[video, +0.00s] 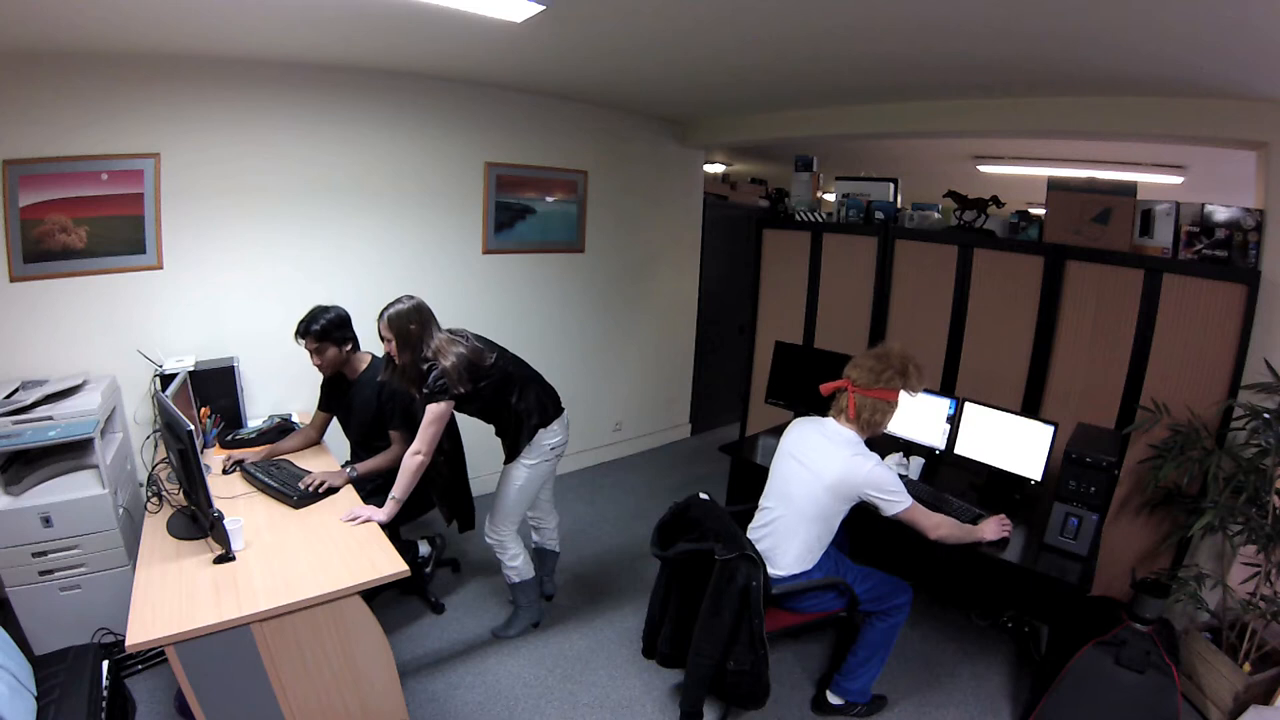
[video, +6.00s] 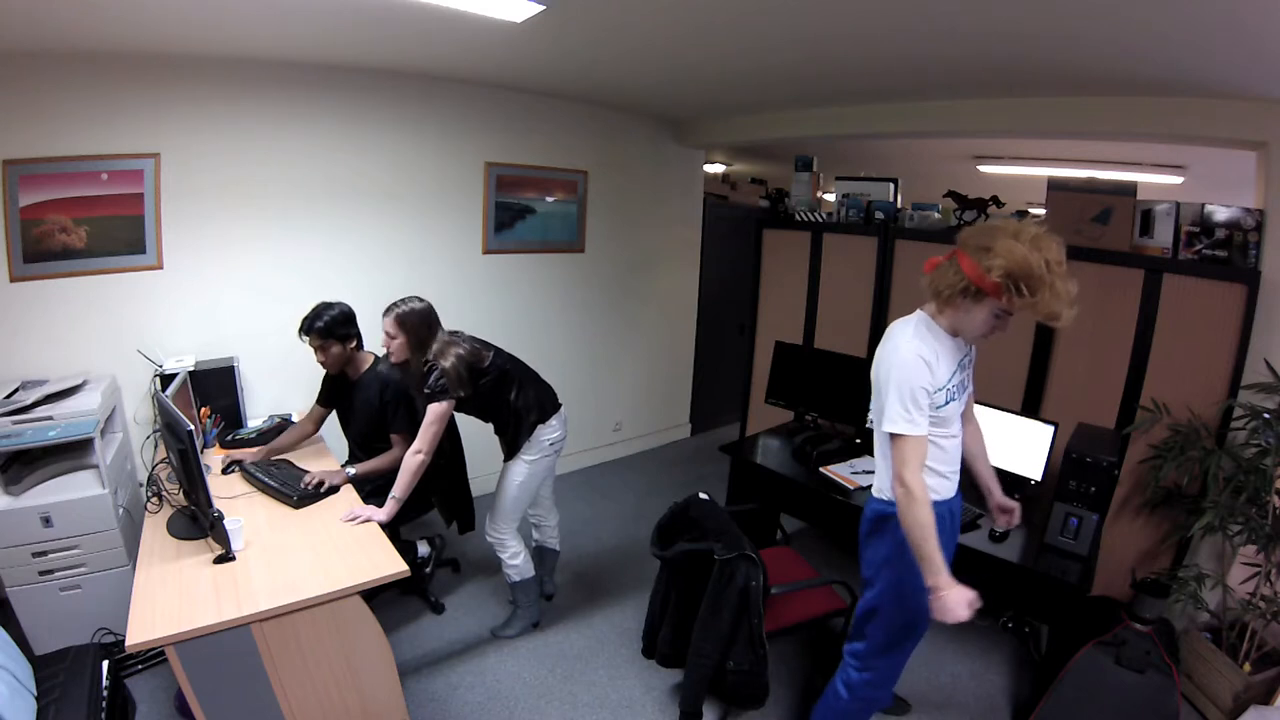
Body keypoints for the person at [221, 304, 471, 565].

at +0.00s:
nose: (314, 362)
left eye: (318, 353)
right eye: (309, 354)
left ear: (346, 345)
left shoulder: (389, 381)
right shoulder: (335, 377)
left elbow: (401, 449)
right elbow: (313, 432)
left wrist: (347, 473)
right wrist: (262, 453)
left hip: (405, 477)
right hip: (365, 473)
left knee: (341, 529)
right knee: (315, 512)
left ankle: (418, 552)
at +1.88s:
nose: (317, 361)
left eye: (322, 352)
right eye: (313, 353)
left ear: (348, 343)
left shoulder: (389, 381)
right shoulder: (337, 375)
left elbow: (404, 450)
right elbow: (325, 424)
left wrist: (347, 471)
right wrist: (287, 446)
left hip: (404, 477)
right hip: (364, 474)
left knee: (344, 529)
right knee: (317, 514)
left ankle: (419, 553)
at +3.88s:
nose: (318, 357)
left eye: (323, 348)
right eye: (314, 349)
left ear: (350, 340)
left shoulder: (388, 382)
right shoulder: (338, 375)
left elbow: (402, 451)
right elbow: (332, 428)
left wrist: (346, 474)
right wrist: (312, 458)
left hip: (407, 477)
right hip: (365, 473)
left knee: (343, 532)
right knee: (320, 514)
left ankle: (420, 552)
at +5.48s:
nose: (319, 357)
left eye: (325, 348)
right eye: (315, 349)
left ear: (351, 342)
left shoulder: (388, 379)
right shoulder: (339, 375)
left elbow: (403, 451)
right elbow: (325, 424)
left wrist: (346, 473)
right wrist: (288, 447)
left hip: (403, 479)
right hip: (363, 474)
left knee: (343, 531)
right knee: (318, 514)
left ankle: (418, 553)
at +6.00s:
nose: (318, 358)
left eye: (324, 349)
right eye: (314, 350)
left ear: (352, 342)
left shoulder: (390, 381)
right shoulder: (336, 375)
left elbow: (402, 451)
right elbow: (310, 423)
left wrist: (346, 474)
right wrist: (261, 452)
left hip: (400, 479)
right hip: (362, 474)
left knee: (338, 530)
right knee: (312, 512)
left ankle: (418, 553)